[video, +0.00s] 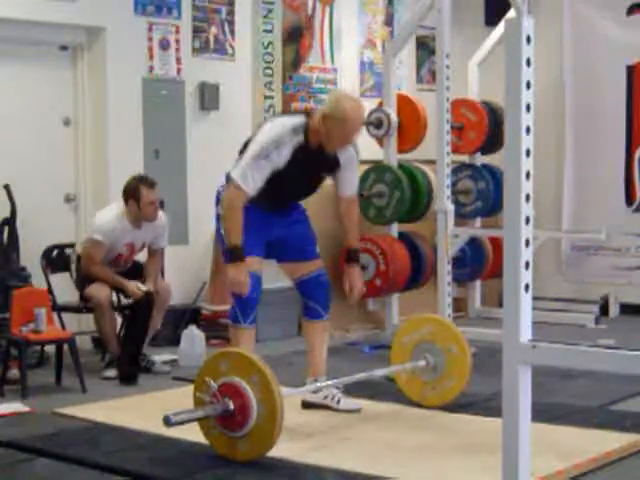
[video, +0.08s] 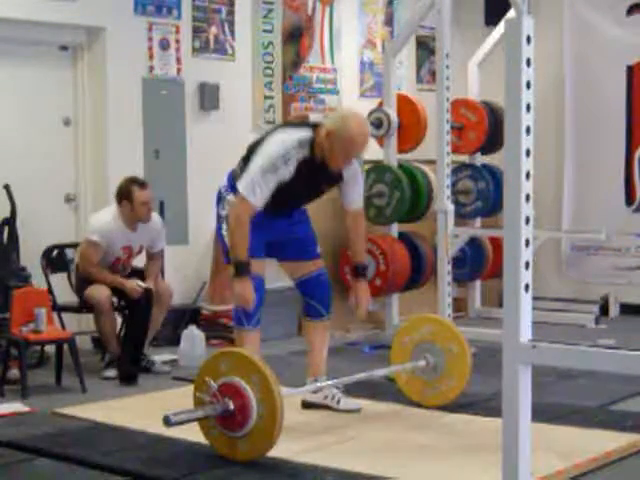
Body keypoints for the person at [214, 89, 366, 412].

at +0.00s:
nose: (348, 141)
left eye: (352, 135)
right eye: (343, 134)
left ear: (355, 130)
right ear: (321, 123)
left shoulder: (345, 152)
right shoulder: (278, 135)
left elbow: (349, 206)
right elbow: (234, 196)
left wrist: (353, 260)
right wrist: (234, 261)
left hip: (288, 211)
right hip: (246, 209)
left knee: (317, 290)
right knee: (246, 293)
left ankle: (316, 383)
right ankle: (243, 385)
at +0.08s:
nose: (348, 162)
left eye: (354, 155)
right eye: (344, 153)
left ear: (360, 147)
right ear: (325, 138)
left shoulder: (348, 161)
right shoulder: (282, 147)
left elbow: (355, 216)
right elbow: (240, 209)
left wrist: (360, 274)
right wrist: (240, 274)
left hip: (290, 212)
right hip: (247, 211)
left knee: (318, 289)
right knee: (249, 298)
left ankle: (316, 383)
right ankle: (250, 387)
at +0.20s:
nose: (350, 189)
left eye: (356, 184)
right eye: (348, 182)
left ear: (361, 177)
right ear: (329, 167)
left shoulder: (352, 179)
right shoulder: (286, 171)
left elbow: (357, 235)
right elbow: (248, 237)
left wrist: (362, 288)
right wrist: (249, 299)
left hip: (288, 216)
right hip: (243, 211)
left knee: (320, 293)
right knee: (252, 305)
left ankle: (317, 383)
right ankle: (249, 387)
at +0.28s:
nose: (347, 224)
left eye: (353, 218)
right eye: (345, 216)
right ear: (328, 201)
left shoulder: (354, 205)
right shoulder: (283, 202)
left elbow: (357, 267)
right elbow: (259, 272)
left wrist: (364, 328)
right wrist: (259, 333)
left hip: (284, 220)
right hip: (236, 214)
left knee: (322, 288)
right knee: (244, 293)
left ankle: (317, 384)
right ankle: (256, 385)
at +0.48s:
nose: (339, 262)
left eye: (347, 258)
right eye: (338, 256)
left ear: (355, 243)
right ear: (323, 235)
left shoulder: (348, 235)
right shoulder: (282, 230)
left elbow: (350, 292)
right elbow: (259, 299)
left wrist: (361, 349)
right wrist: (251, 364)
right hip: (233, 213)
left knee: (325, 290)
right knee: (241, 300)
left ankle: (317, 384)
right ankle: (244, 383)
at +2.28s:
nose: (367, 297)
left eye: (374, 292)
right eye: (367, 290)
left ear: (349, 267)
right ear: (347, 270)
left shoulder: (357, 254)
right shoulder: (298, 260)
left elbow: (384, 301)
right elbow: (254, 312)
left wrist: (407, 344)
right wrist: (225, 368)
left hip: (280, 216)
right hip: (238, 218)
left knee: (332, 296)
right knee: (258, 306)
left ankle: (311, 386)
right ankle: (234, 396)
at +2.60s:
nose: (360, 303)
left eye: (366, 299)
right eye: (358, 297)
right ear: (342, 274)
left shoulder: (363, 262)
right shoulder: (293, 262)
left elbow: (388, 303)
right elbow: (248, 317)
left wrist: (410, 345)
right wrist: (215, 373)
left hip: (287, 218)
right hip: (241, 219)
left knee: (336, 303)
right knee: (250, 307)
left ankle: (315, 384)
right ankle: (243, 395)